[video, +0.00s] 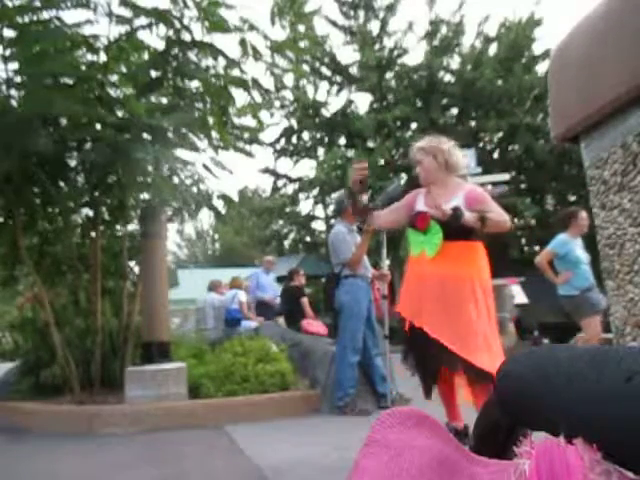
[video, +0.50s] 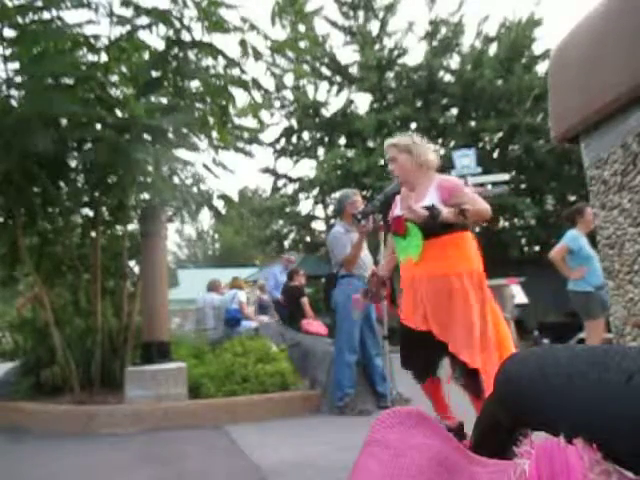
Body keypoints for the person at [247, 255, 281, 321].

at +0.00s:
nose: (270, 266)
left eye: (272, 263)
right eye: (268, 263)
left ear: (274, 265)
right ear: (264, 263)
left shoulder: (273, 276)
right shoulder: (256, 275)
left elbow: (276, 289)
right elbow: (252, 292)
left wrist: (277, 299)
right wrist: (266, 298)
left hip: (273, 303)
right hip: (261, 304)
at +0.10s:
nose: (275, 266)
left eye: (277, 263)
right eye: (273, 262)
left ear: (278, 265)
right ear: (268, 262)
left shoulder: (277, 275)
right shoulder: (259, 273)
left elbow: (280, 288)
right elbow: (255, 290)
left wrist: (280, 298)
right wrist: (268, 298)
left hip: (277, 302)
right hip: (264, 302)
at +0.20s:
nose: (279, 265)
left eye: (280, 263)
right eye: (277, 262)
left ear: (282, 264)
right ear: (272, 262)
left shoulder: (282, 274)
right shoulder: (263, 273)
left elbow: (285, 288)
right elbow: (259, 290)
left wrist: (282, 298)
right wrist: (273, 298)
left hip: (281, 301)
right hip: (268, 302)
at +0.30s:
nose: (281, 265)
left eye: (283, 263)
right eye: (279, 262)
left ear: (285, 264)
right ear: (275, 262)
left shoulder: (285, 273)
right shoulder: (267, 272)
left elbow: (289, 287)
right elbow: (263, 289)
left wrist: (284, 298)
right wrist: (275, 298)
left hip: (285, 300)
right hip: (273, 301)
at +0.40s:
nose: (284, 264)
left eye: (286, 262)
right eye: (283, 261)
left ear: (287, 262)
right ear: (278, 261)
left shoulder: (289, 273)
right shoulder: (270, 273)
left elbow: (292, 287)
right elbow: (266, 289)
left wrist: (286, 298)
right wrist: (277, 298)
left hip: (288, 301)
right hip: (276, 302)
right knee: (281, 321)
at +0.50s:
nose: (289, 264)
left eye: (291, 262)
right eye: (288, 261)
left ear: (293, 263)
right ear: (284, 260)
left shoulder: (290, 272)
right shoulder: (274, 271)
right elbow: (270, 288)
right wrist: (279, 297)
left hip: (288, 298)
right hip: (278, 299)